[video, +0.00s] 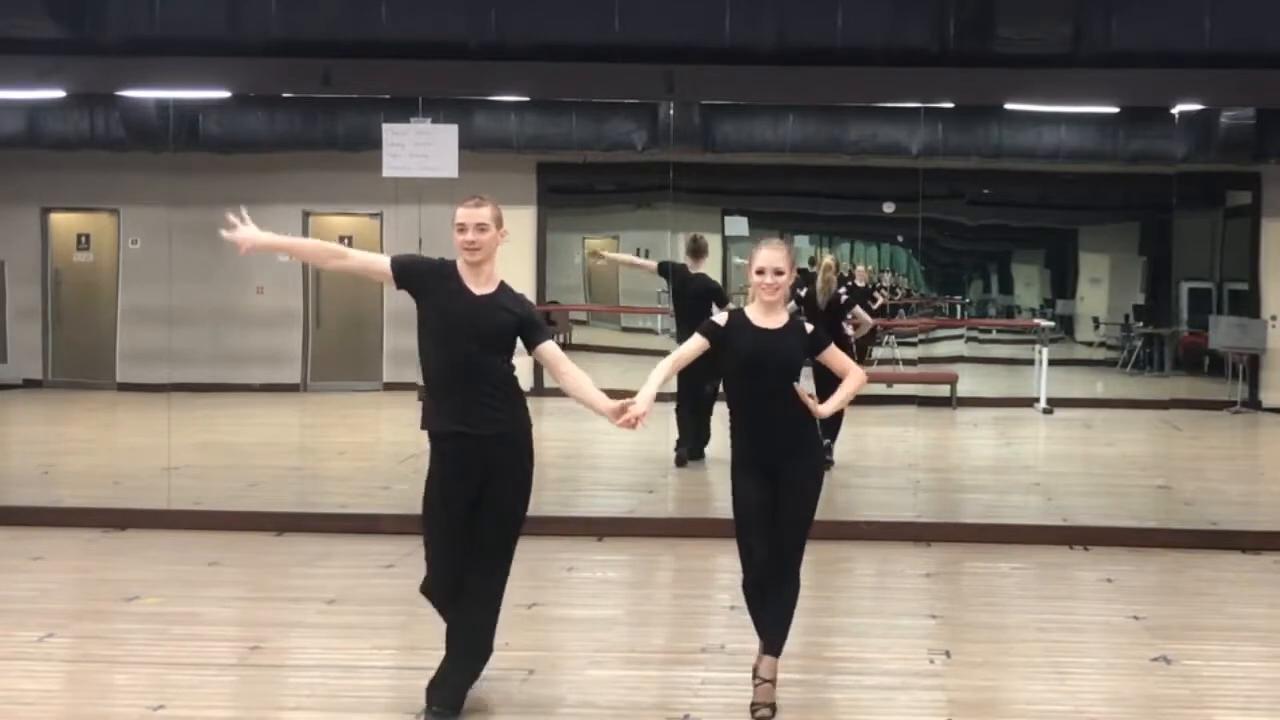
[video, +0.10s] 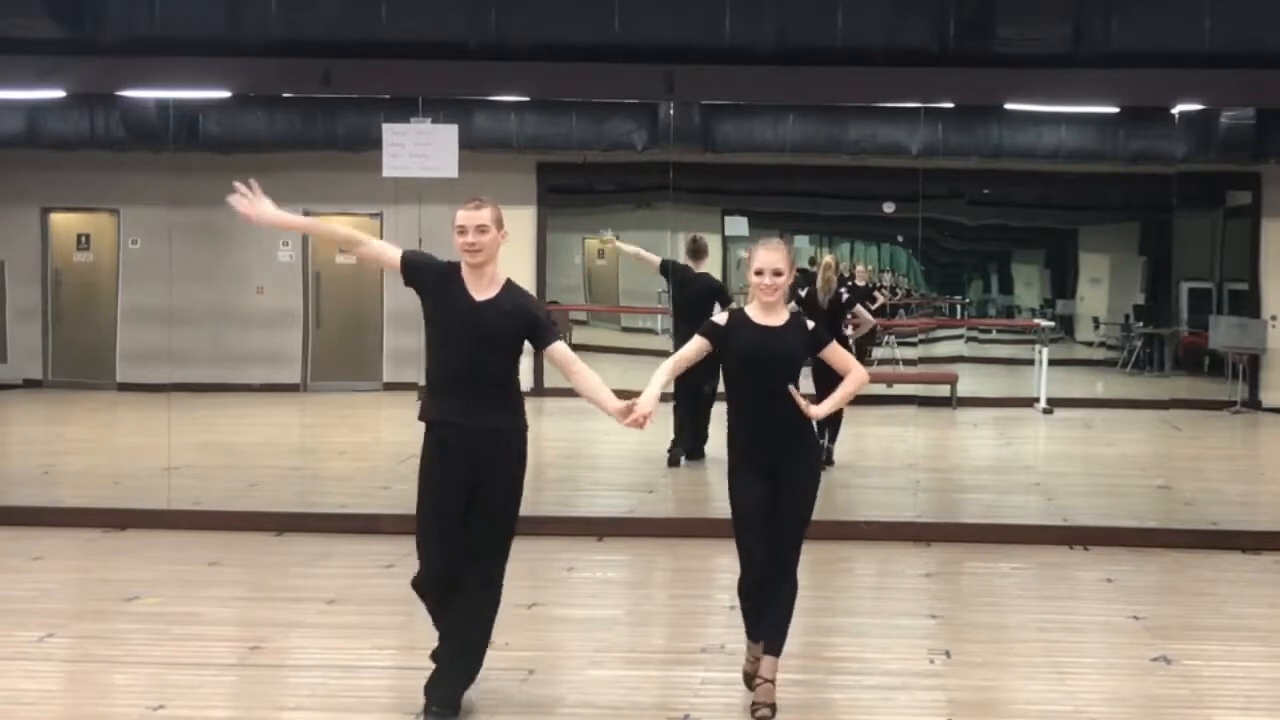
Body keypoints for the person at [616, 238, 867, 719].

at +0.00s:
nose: (769, 280)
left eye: (778, 272)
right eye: (761, 272)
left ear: (792, 277)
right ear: (749, 275)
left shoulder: (806, 330)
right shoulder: (728, 325)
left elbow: (856, 374)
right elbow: (672, 363)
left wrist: (826, 408)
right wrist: (644, 399)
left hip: (799, 456)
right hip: (749, 458)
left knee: (785, 562)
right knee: (756, 565)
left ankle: (767, 669)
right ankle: (769, 650)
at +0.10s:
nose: (768, 281)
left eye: (777, 273)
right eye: (760, 273)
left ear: (791, 277)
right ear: (748, 275)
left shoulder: (805, 328)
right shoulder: (726, 324)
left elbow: (858, 374)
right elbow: (673, 364)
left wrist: (819, 409)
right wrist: (649, 398)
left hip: (796, 455)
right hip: (745, 456)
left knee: (784, 561)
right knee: (753, 563)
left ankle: (769, 669)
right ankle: (755, 644)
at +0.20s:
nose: (767, 280)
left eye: (775, 272)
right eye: (759, 271)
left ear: (790, 274)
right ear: (747, 273)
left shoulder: (809, 325)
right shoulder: (728, 323)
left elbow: (859, 373)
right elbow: (676, 366)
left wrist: (819, 414)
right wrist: (651, 391)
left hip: (791, 452)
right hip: (741, 452)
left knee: (780, 561)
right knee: (749, 565)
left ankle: (769, 671)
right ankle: (748, 644)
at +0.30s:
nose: (764, 278)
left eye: (773, 270)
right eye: (756, 270)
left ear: (790, 272)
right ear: (745, 272)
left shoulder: (811, 320)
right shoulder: (733, 321)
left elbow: (855, 374)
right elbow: (681, 366)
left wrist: (815, 419)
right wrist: (650, 380)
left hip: (785, 451)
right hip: (734, 450)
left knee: (773, 561)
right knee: (738, 563)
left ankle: (769, 670)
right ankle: (744, 646)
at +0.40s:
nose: (763, 277)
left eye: (772, 269)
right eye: (755, 269)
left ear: (788, 271)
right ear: (744, 271)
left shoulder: (808, 317)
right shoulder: (731, 321)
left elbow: (852, 371)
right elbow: (678, 366)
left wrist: (811, 420)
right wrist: (644, 360)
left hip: (781, 449)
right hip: (730, 446)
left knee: (767, 557)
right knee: (735, 554)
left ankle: (766, 668)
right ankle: (741, 643)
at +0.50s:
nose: (761, 278)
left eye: (770, 270)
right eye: (753, 270)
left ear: (783, 272)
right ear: (740, 273)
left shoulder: (803, 315)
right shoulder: (725, 323)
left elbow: (851, 366)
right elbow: (668, 366)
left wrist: (812, 415)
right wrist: (646, 344)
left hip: (777, 449)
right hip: (726, 447)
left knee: (768, 557)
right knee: (732, 552)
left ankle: (765, 666)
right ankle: (742, 643)